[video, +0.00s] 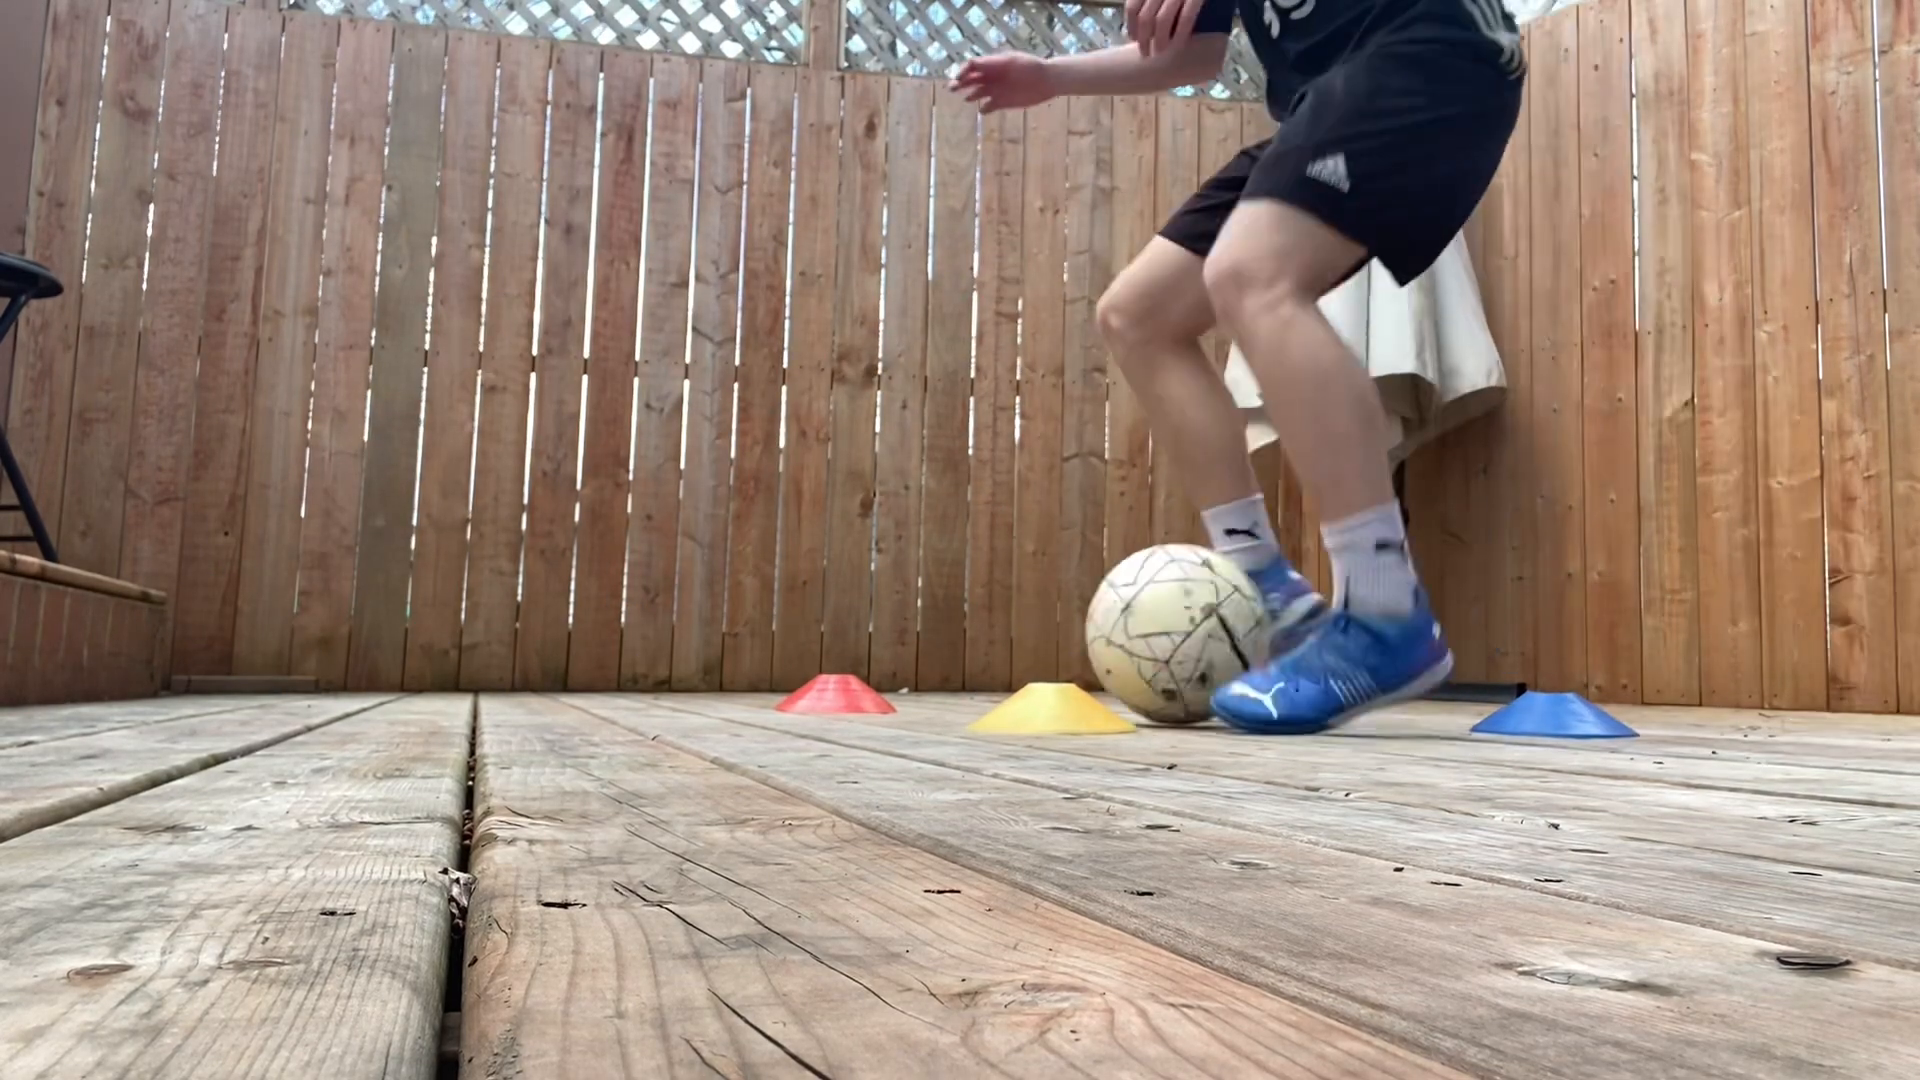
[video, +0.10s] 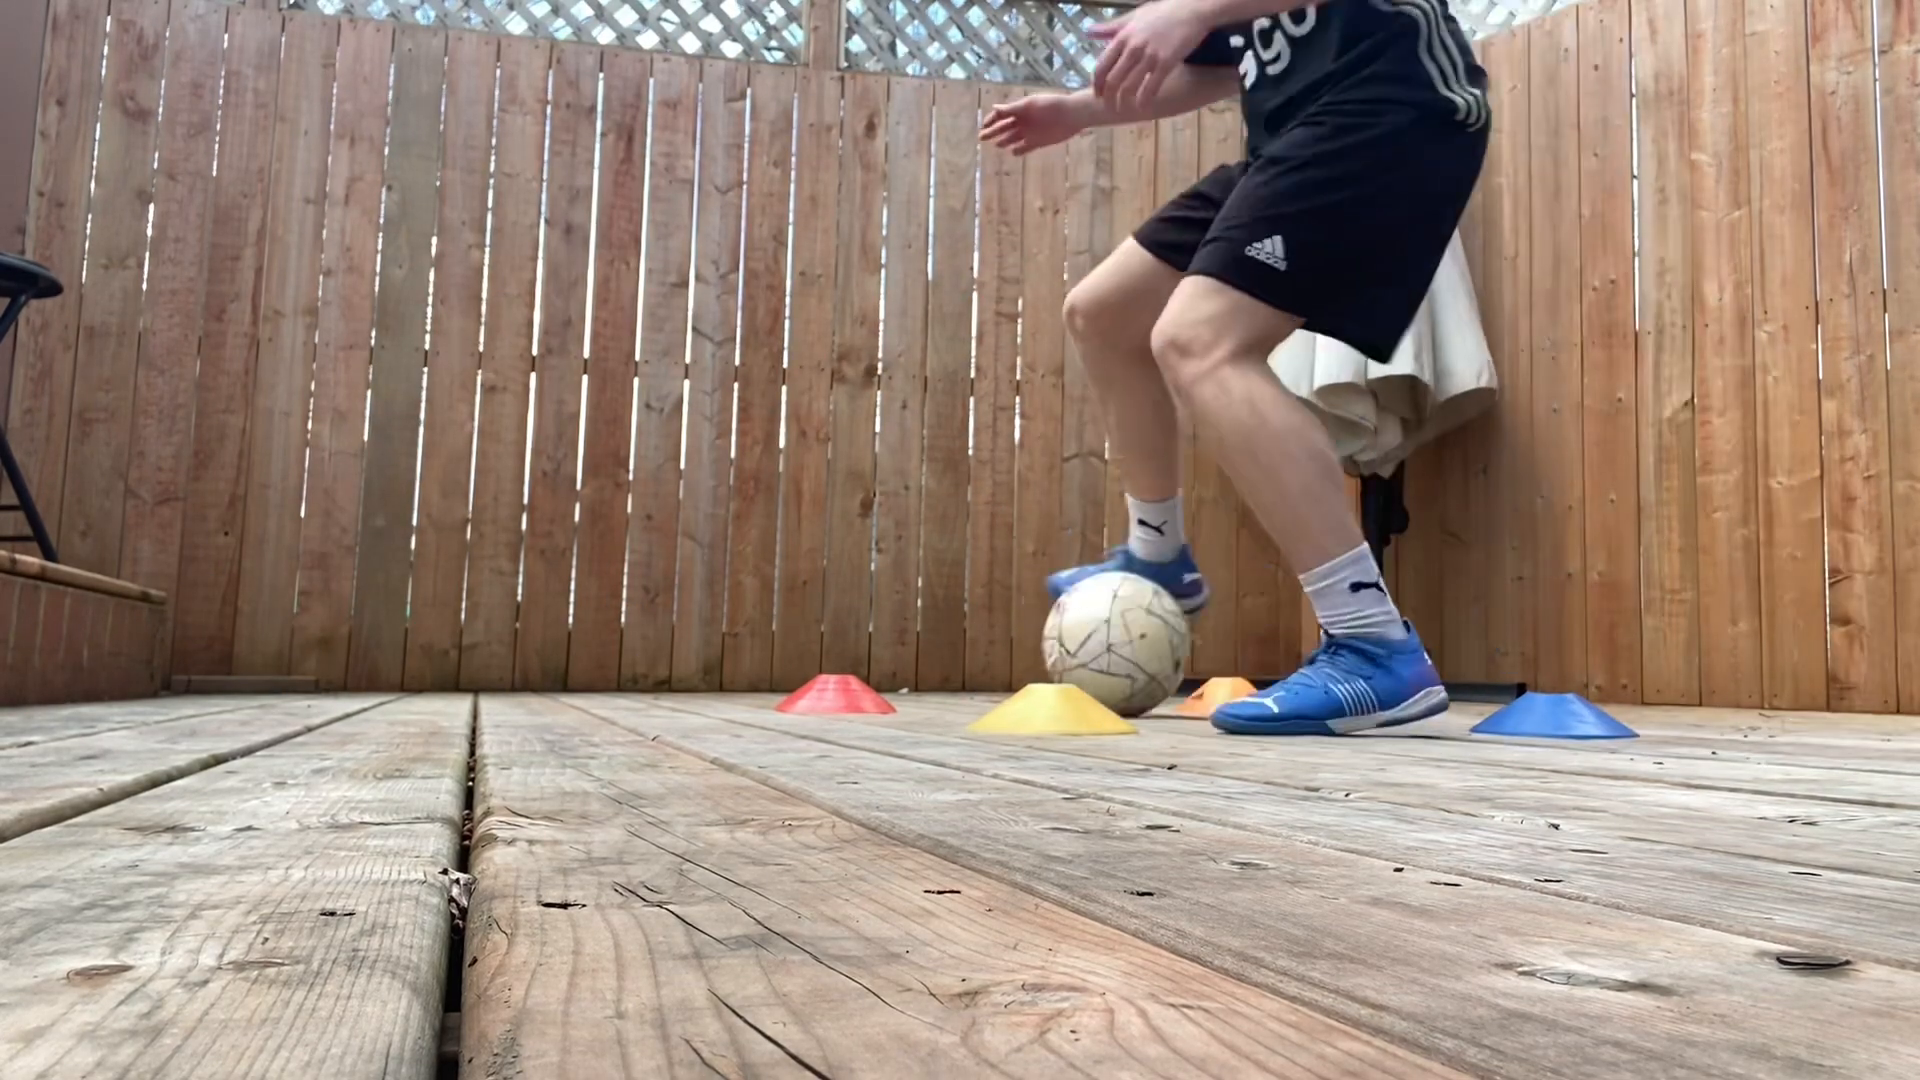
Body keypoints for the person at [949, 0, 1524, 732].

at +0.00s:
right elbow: (1197, 52)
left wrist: (1188, 5)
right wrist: (1050, 75)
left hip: (1431, 37)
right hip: (1321, 86)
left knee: (1255, 274)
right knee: (1139, 316)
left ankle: (1389, 621)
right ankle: (1265, 599)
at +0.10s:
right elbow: (1234, 61)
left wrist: (1197, 9)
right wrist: (1083, 109)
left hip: (1388, 97)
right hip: (1292, 123)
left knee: (1200, 343)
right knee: (1104, 315)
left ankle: (1377, 650)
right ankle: (1157, 560)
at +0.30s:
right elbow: (1164, 28)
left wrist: (1210, 77)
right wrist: (1050, 74)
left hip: (1309, 100)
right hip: (1231, 120)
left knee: (1207, 352)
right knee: (1115, 357)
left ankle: (1371, 640)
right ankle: (1150, 600)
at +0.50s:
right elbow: (1111, 34)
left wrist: (1234, 70)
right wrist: (1006, 83)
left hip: (1246, 114)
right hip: (1153, 144)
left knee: (1193, 323)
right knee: (1074, 376)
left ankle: (1269, 623)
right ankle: (1132, 602)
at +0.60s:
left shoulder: (1197, 5)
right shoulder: (1044, 12)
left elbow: (1262, 71)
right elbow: (1079, 109)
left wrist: (1213, 136)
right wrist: (974, 157)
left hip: (1219, 183)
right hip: (1120, 212)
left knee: (1152, 343)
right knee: (1050, 441)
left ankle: (1260, 631)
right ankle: (1069, 656)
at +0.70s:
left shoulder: (1185, 8)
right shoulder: (1025, 43)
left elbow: (1262, 135)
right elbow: (1026, 183)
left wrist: (1214, 149)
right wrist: (919, 221)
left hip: (1204, 244)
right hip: (1103, 280)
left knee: (1127, 362)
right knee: (1017, 478)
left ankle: (1292, 621)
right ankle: (1066, 669)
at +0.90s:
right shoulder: (1105, 5)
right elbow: (1116, 84)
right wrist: (1009, 153)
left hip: (1300, 86)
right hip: (1202, 138)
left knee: (1212, 288)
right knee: (1086, 355)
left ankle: (1337, 598)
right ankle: (1066, 619)